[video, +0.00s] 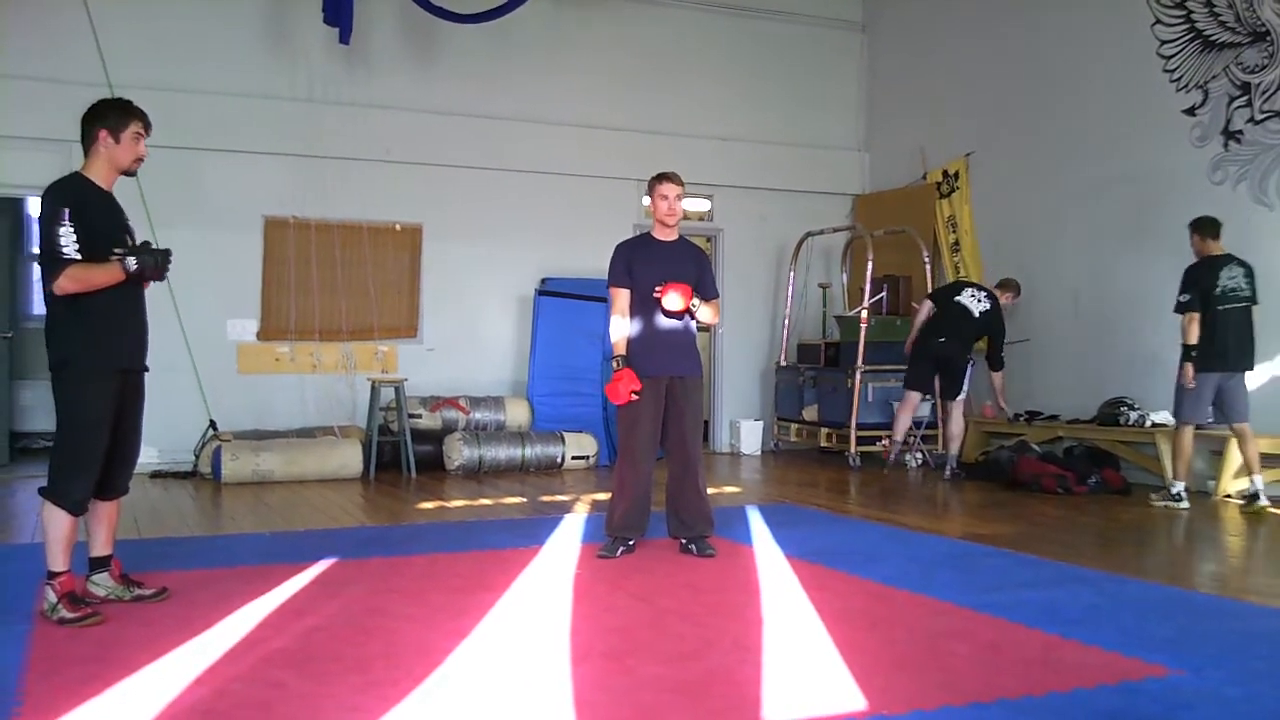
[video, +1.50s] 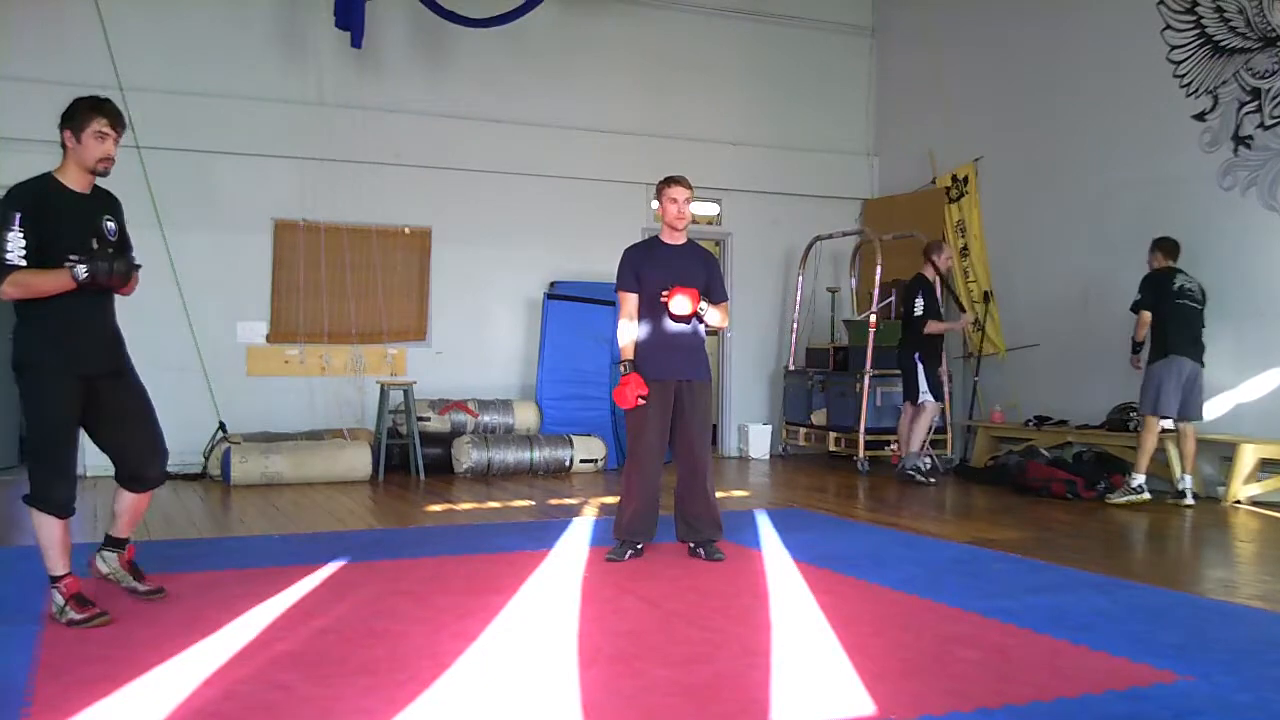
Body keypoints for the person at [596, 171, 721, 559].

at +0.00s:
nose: (671, 204)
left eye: (677, 198)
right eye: (664, 198)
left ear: (684, 204)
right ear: (650, 203)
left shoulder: (696, 255)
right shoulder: (628, 251)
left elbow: (713, 315)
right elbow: (619, 312)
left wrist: (691, 304)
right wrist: (620, 361)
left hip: (686, 369)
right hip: (642, 367)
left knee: (688, 452)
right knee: (635, 452)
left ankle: (692, 532)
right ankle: (624, 533)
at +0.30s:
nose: (652, 206)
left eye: (658, 199)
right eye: (645, 199)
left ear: (666, 206)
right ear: (631, 204)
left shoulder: (679, 257)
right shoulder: (609, 253)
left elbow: (696, 316)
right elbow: (600, 315)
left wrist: (672, 305)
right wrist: (600, 365)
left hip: (668, 370)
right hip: (622, 368)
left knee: (669, 454)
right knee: (616, 454)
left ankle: (674, 533)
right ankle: (606, 534)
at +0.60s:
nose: (634, 205)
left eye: (640, 199)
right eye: (627, 198)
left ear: (648, 205)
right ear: (613, 204)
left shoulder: (661, 257)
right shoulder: (591, 252)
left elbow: (677, 316)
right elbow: (581, 314)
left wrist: (653, 305)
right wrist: (580, 364)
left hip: (649, 370)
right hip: (603, 367)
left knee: (650, 453)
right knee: (596, 453)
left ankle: (654, 532)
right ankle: (586, 533)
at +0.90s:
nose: (629, 205)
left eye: (634, 199)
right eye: (622, 198)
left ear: (641, 205)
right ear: (607, 203)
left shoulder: (654, 257)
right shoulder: (585, 252)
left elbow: (670, 316)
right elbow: (575, 314)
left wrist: (648, 306)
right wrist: (575, 363)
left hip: (644, 369)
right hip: (599, 367)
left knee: (645, 453)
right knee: (592, 452)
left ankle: (650, 532)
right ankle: (581, 533)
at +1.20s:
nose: (680, 208)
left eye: (686, 202)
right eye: (673, 201)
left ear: (692, 208)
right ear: (658, 206)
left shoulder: (705, 259)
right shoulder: (636, 255)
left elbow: (722, 318)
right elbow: (627, 317)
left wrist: (699, 308)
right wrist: (627, 367)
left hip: (695, 372)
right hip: (650, 370)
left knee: (696, 457)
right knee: (643, 456)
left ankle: (701, 536)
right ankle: (632, 537)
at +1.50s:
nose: (680, 208)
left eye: (686, 202)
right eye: (673, 201)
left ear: (693, 208)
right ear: (659, 206)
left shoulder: (706, 259)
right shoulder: (636, 255)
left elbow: (722, 318)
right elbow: (627, 317)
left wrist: (699, 308)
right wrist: (627, 367)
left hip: (695, 373)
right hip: (650, 371)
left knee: (696, 457)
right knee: (643, 456)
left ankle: (700, 536)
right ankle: (632, 537)